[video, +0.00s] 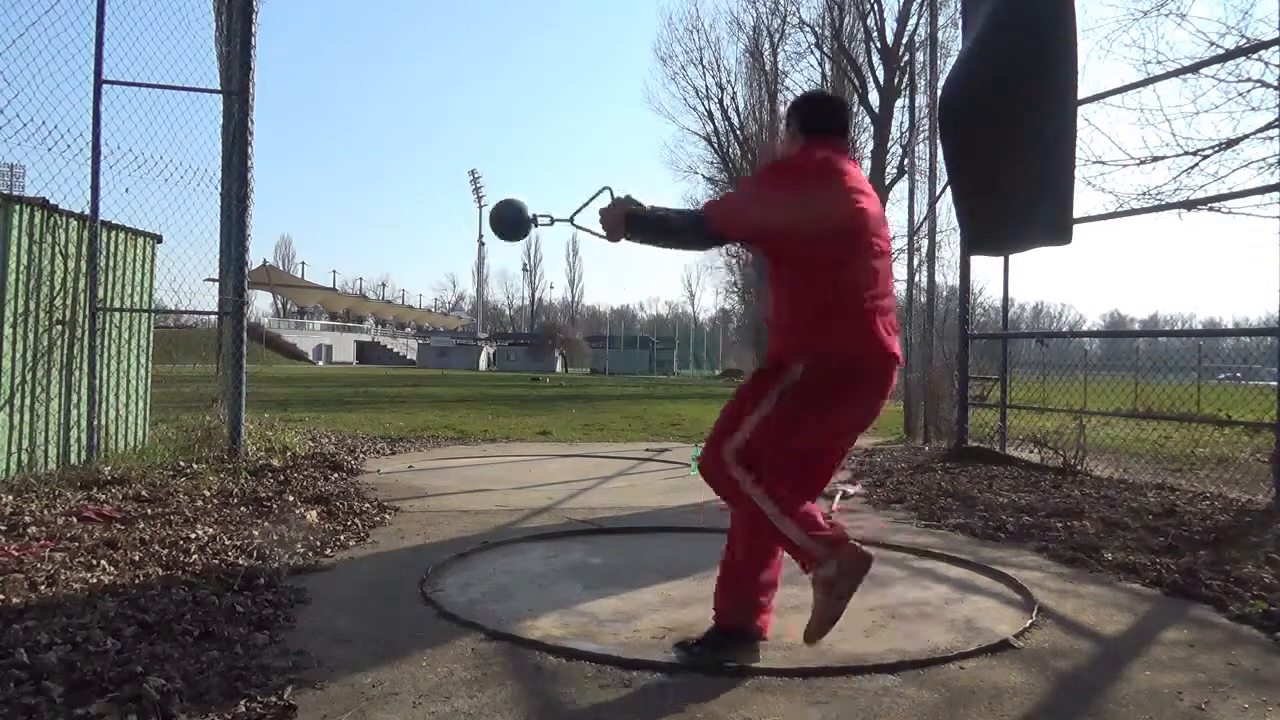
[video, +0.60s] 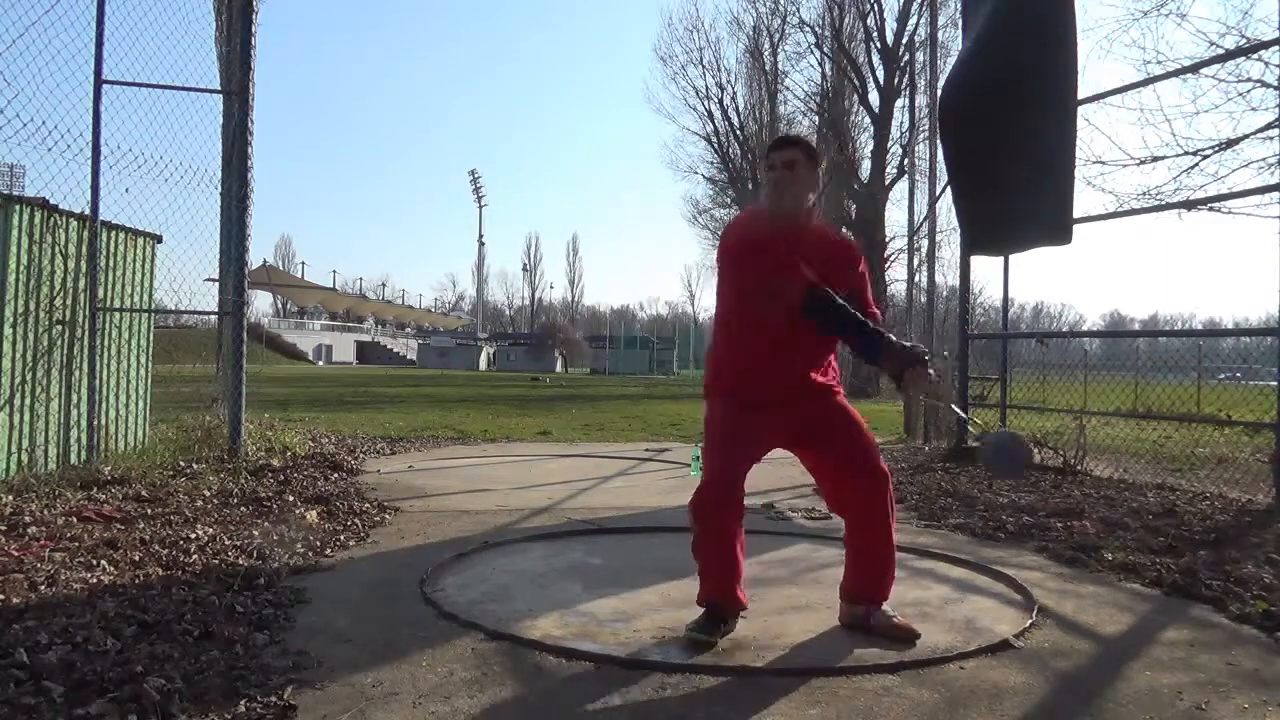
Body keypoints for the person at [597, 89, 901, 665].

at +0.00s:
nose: (779, 143)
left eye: (783, 133)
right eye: (785, 134)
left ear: (795, 134)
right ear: (843, 138)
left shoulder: (800, 183)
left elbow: (709, 225)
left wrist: (632, 220)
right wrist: (646, 218)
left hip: (819, 356)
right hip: (862, 359)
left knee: (726, 458)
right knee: (775, 483)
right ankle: (738, 630)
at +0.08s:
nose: (791, 134)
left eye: (793, 124)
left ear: (797, 124)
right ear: (852, 127)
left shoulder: (775, 167)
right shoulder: (877, 182)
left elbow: (695, 211)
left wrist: (657, 208)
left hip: (787, 350)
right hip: (868, 357)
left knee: (728, 444)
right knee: (793, 491)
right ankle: (729, 632)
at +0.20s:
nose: (857, 126)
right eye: (857, 118)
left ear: (796, 114)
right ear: (854, 119)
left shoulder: (753, 163)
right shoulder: (876, 168)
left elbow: (690, 229)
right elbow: (875, 181)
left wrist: (733, 211)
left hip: (751, 340)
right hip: (829, 346)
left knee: (755, 455)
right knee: (791, 485)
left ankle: (708, 559)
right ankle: (704, 619)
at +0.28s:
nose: (854, 127)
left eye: (849, 119)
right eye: (854, 119)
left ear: (796, 116)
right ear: (851, 118)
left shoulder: (753, 162)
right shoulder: (862, 159)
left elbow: (723, 239)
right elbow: (858, 209)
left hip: (728, 334)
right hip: (791, 338)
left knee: (803, 460)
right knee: (789, 494)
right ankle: (690, 609)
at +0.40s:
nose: (853, 152)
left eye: (851, 140)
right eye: (847, 140)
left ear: (805, 142)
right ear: (826, 139)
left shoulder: (772, 192)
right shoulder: (827, 190)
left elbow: (790, 287)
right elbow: (868, 254)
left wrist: (861, 300)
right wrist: (871, 212)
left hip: (787, 366)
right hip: (746, 366)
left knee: (849, 483)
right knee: (789, 511)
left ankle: (863, 603)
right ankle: (688, 590)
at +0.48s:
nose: (845, 168)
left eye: (845, 159)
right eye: (832, 157)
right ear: (788, 164)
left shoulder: (804, 233)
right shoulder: (775, 220)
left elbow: (830, 321)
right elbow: (853, 281)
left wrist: (905, 339)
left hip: (796, 386)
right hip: (738, 390)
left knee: (865, 482)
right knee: (755, 511)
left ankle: (861, 607)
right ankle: (708, 600)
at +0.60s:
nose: (781, 174)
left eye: (793, 166)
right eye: (774, 166)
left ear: (816, 180)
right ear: (763, 177)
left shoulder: (840, 250)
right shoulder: (741, 235)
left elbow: (865, 327)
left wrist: (898, 360)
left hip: (813, 398)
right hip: (737, 399)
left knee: (870, 480)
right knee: (716, 492)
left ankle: (863, 604)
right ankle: (719, 604)